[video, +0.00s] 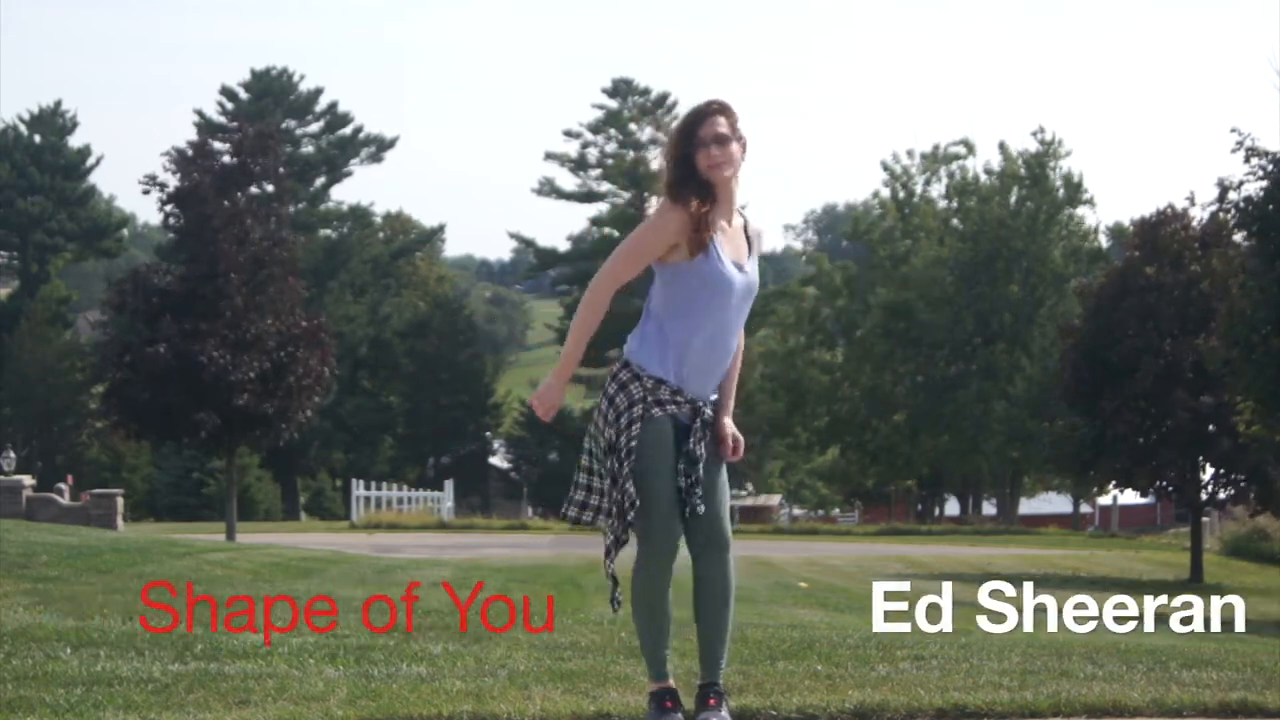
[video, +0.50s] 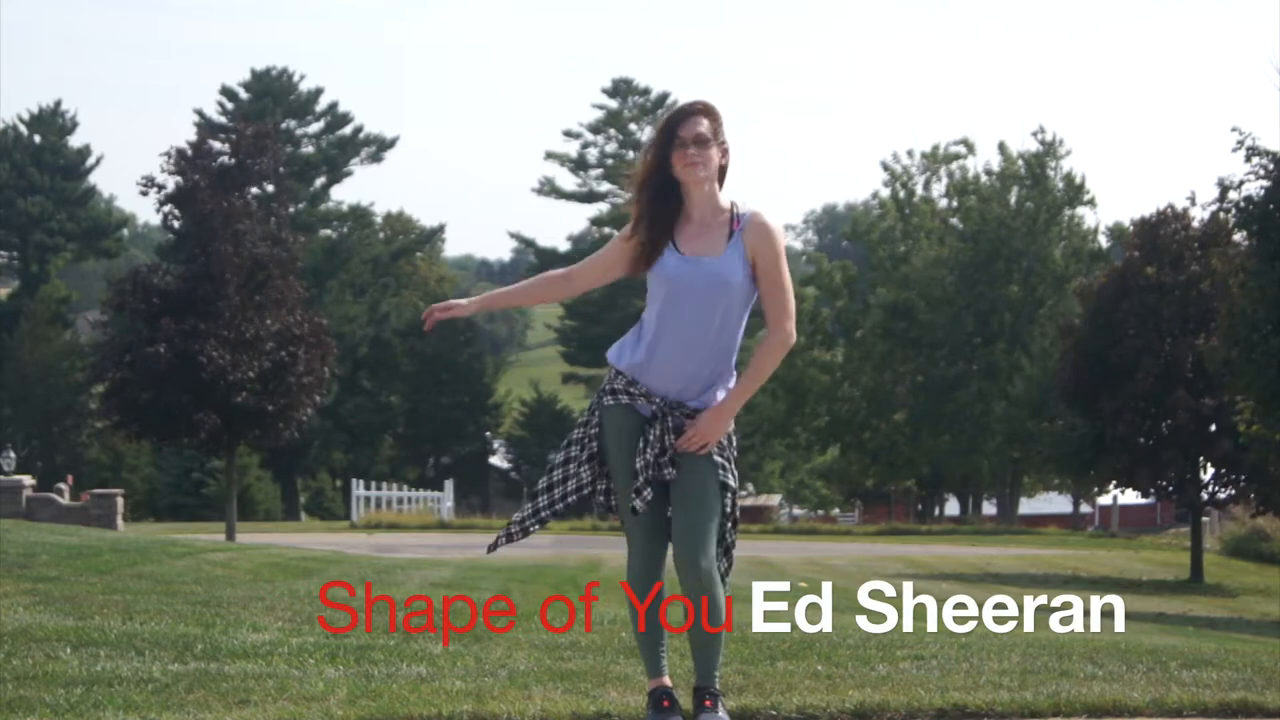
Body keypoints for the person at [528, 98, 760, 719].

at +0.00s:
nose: (722, 149)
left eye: (729, 138)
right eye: (708, 142)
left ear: (744, 148)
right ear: (690, 156)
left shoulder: (745, 231)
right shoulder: (675, 218)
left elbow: (734, 327)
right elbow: (602, 284)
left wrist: (725, 411)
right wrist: (560, 375)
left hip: (705, 403)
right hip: (649, 392)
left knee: (715, 539)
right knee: (661, 536)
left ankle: (712, 691)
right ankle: (661, 688)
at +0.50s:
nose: (694, 151)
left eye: (704, 141)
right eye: (683, 144)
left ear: (724, 152)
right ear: (666, 158)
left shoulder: (755, 231)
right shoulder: (652, 232)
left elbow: (784, 331)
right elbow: (567, 281)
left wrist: (727, 409)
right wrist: (474, 304)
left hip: (704, 410)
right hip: (632, 399)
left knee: (696, 556)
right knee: (646, 551)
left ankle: (708, 692)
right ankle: (659, 686)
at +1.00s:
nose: (697, 162)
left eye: (704, 151)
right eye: (685, 151)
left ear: (712, 153)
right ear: (656, 155)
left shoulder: (724, 215)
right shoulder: (635, 235)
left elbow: (813, 237)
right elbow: (571, 311)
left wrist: (897, 249)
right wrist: (487, 334)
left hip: (721, 407)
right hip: (658, 409)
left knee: (702, 556)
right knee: (649, 555)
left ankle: (707, 694)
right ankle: (660, 687)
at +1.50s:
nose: (692, 167)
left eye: (701, 158)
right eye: (682, 156)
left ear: (708, 162)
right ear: (655, 156)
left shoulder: (717, 232)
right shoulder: (615, 230)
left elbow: (799, 287)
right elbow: (577, 322)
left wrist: (856, 227)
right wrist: (522, 380)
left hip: (738, 399)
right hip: (664, 405)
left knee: (726, 552)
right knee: (683, 558)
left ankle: (713, 689)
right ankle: (666, 690)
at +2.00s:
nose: (699, 157)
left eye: (708, 147)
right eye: (688, 147)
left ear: (718, 155)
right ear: (666, 154)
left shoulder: (697, 223)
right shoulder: (665, 211)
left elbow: (696, 331)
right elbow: (628, 307)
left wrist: (754, 366)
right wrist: (612, 397)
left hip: (704, 402)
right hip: (661, 397)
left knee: (720, 544)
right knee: (685, 543)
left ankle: (713, 694)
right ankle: (665, 696)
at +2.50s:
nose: (700, 150)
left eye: (709, 139)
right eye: (688, 143)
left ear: (728, 149)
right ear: (671, 156)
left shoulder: (748, 238)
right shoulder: (653, 208)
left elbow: (741, 337)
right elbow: (583, 277)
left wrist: (737, 428)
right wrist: (550, 369)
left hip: (698, 407)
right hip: (626, 397)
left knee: (698, 545)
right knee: (639, 547)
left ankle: (709, 688)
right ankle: (657, 684)